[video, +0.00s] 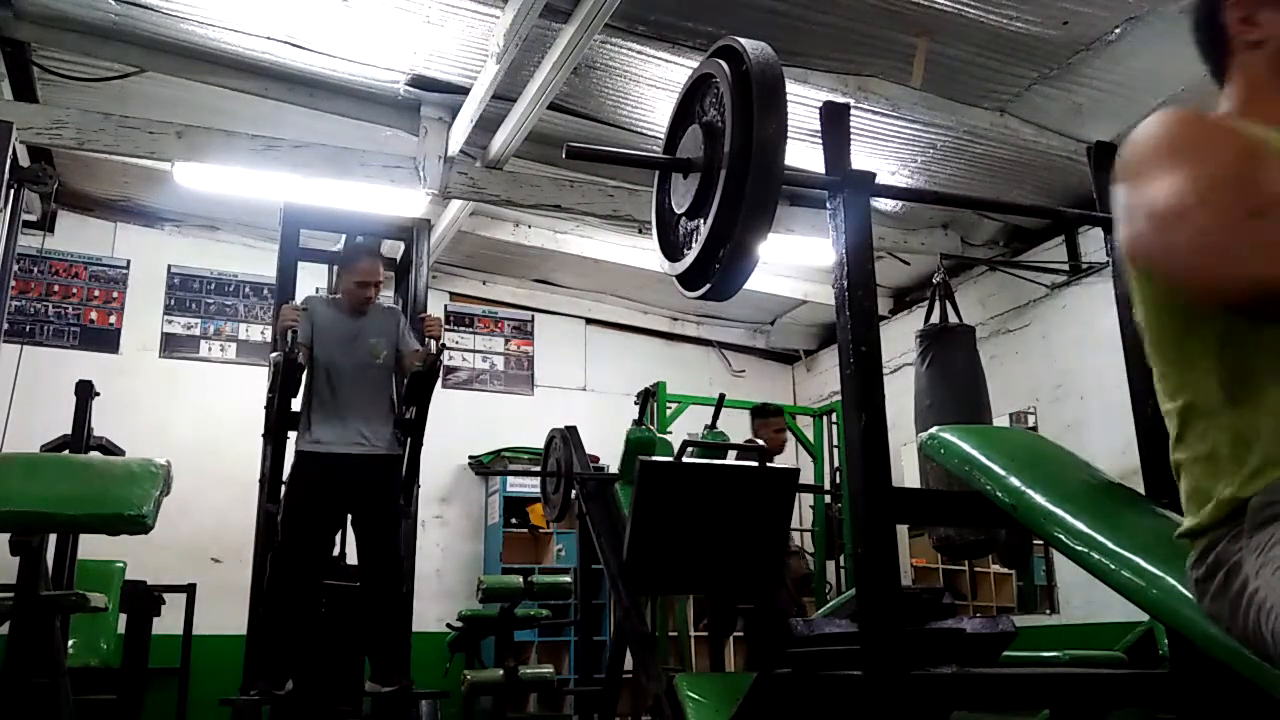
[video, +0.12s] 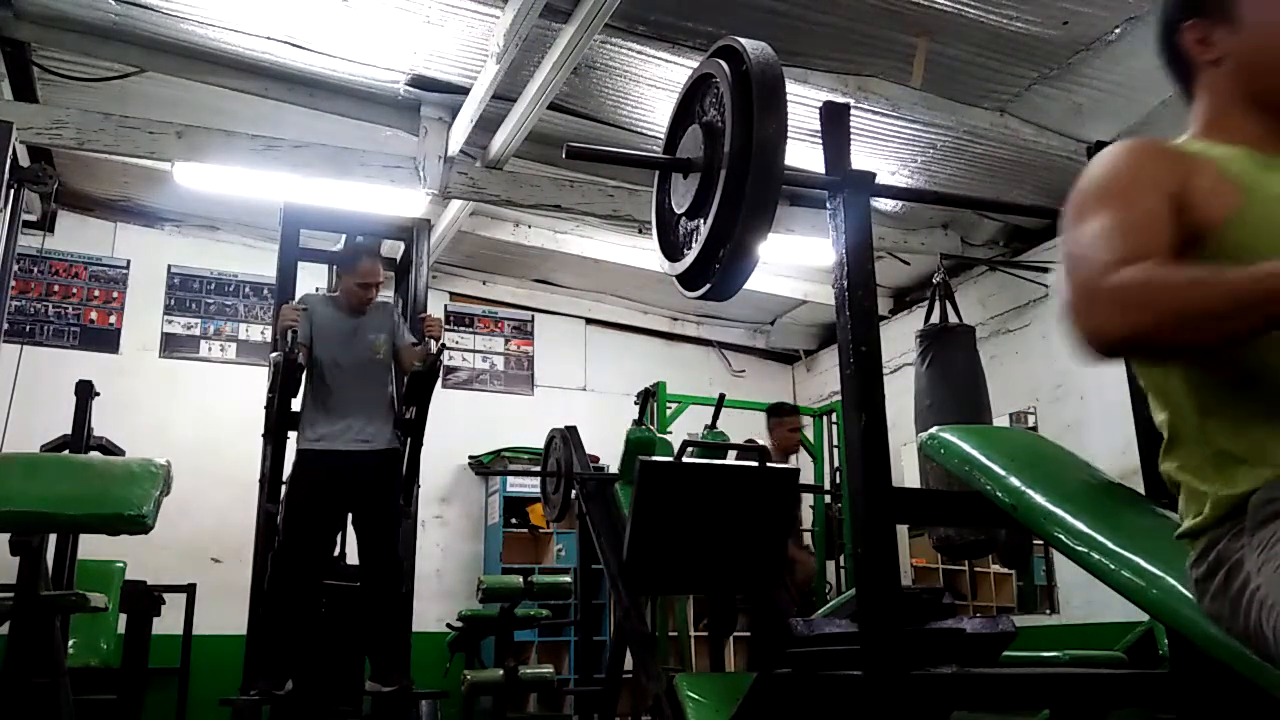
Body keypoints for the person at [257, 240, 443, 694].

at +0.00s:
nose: (372, 292)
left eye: (377, 284)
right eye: (364, 284)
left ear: (383, 282)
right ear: (341, 279)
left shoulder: (391, 318)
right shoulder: (312, 313)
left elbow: (414, 372)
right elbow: (292, 369)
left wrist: (430, 346)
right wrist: (284, 337)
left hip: (377, 459)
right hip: (318, 456)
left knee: (383, 572)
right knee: (297, 567)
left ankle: (385, 673)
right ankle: (279, 672)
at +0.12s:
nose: (371, 296)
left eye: (377, 288)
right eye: (363, 288)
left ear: (382, 282)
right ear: (340, 278)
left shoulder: (389, 315)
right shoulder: (310, 310)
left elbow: (410, 367)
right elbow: (291, 368)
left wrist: (430, 345)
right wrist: (284, 336)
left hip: (378, 455)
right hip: (320, 454)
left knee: (383, 569)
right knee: (297, 565)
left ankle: (385, 671)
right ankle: (279, 671)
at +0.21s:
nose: (371, 295)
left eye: (377, 287)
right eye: (363, 287)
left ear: (381, 281)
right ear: (339, 278)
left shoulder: (388, 315)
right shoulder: (310, 311)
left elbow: (409, 366)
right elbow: (290, 369)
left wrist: (429, 345)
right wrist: (283, 336)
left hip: (378, 454)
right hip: (320, 453)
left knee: (383, 569)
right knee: (298, 564)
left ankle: (386, 671)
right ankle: (278, 671)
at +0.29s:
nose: (371, 294)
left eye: (376, 286)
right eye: (363, 286)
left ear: (381, 282)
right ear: (339, 279)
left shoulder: (390, 321)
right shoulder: (309, 313)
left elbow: (414, 376)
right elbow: (289, 371)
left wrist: (430, 349)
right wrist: (285, 334)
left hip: (378, 456)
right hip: (320, 454)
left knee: (384, 570)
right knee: (298, 566)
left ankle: (387, 673)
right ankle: (278, 673)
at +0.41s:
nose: (369, 293)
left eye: (375, 285)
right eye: (361, 284)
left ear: (382, 284)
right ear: (340, 280)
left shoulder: (393, 322)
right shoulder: (312, 314)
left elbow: (414, 376)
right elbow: (291, 365)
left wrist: (431, 348)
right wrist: (283, 332)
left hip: (377, 458)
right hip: (319, 456)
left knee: (383, 571)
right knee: (298, 567)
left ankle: (387, 672)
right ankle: (277, 673)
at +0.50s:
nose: (368, 292)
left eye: (375, 284)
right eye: (360, 282)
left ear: (382, 284)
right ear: (340, 280)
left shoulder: (394, 322)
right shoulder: (313, 313)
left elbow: (415, 377)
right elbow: (292, 366)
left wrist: (431, 348)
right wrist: (283, 333)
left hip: (377, 458)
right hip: (318, 456)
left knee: (382, 571)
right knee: (298, 567)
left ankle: (386, 672)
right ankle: (277, 673)